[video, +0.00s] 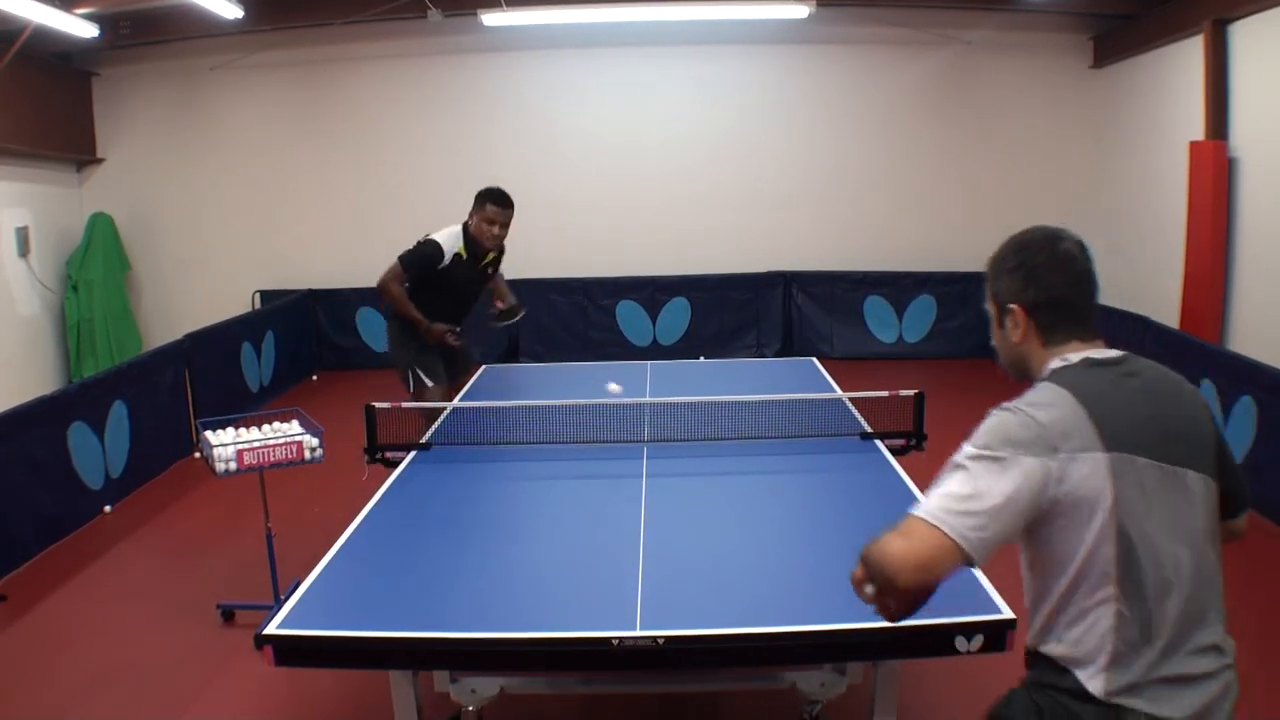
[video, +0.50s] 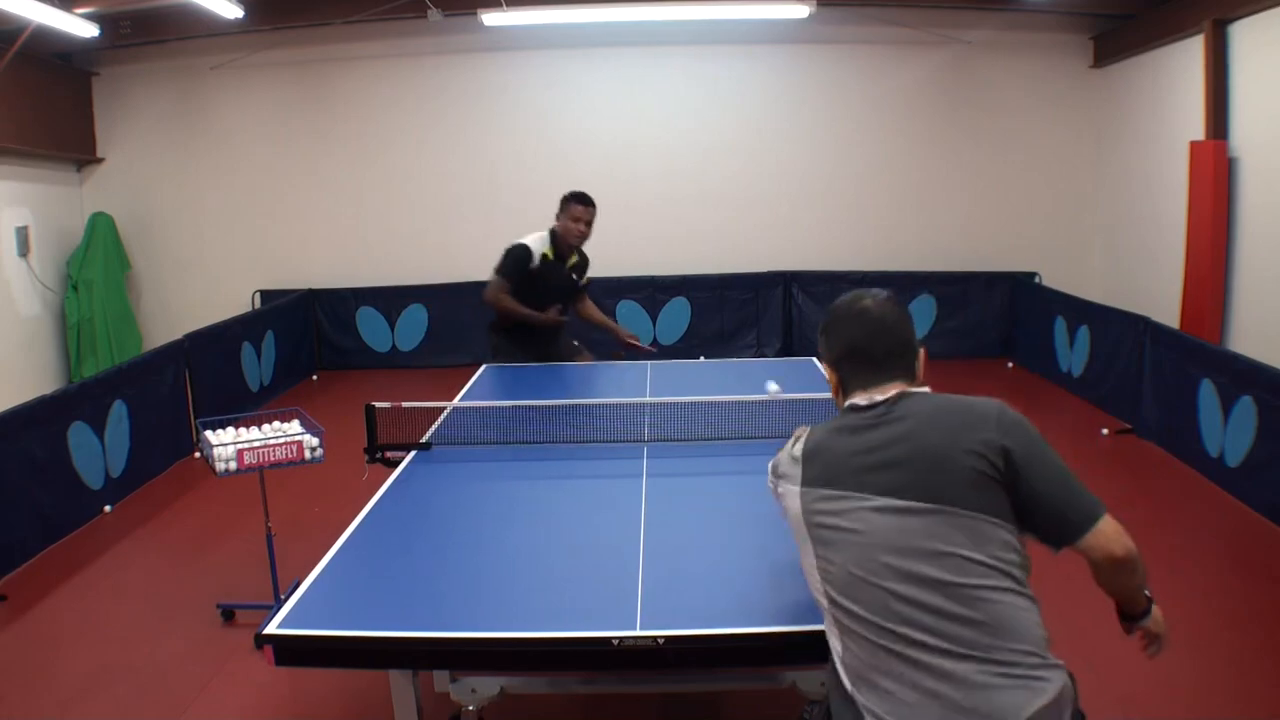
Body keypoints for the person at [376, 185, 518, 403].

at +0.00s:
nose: (496, 232)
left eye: (504, 226)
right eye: (489, 223)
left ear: (510, 226)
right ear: (472, 218)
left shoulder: (495, 250)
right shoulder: (438, 247)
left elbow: (491, 275)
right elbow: (388, 283)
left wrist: (507, 301)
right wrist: (426, 327)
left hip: (449, 331)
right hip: (411, 330)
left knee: (470, 391)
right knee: (436, 402)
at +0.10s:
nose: (505, 237)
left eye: (512, 231)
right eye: (498, 229)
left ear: (518, 232)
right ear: (480, 226)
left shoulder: (508, 259)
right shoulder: (448, 255)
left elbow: (513, 285)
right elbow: (399, 289)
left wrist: (534, 305)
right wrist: (440, 329)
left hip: (469, 339)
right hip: (428, 339)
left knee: (499, 393)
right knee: (440, 415)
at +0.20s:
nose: (520, 244)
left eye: (527, 238)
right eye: (513, 236)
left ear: (532, 240)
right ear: (495, 235)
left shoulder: (529, 270)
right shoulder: (463, 263)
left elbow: (536, 298)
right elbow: (414, 295)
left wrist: (561, 317)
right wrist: (453, 336)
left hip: (495, 352)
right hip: (451, 351)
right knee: (452, 417)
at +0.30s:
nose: (540, 233)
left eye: (547, 227)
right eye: (533, 225)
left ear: (553, 229)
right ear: (516, 223)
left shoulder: (552, 259)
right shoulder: (485, 254)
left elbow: (557, 293)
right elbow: (438, 288)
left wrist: (579, 315)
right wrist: (477, 324)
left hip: (527, 347)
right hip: (481, 349)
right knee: (484, 422)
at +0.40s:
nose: (559, 223)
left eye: (566, 217)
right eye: (552, 215)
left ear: (572, 219)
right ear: (536, 212)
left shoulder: (565, 250)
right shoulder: (503, 246)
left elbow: (571, 289)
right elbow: (463, 282)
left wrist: (601, 319)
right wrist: (506, 312)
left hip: (544, 334)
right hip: (500, 336)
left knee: (582, 375)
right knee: (499, 401)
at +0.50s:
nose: (582, 229)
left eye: (588, 224)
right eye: (575, 221)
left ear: (592, 227)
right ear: (558, 219)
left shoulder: (579, 261)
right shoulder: (525, 251)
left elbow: (580, 302)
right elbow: (493, 295)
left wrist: (617, 330)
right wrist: (541, 318)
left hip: (552, 337)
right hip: (512, 338)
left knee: (589, 370)